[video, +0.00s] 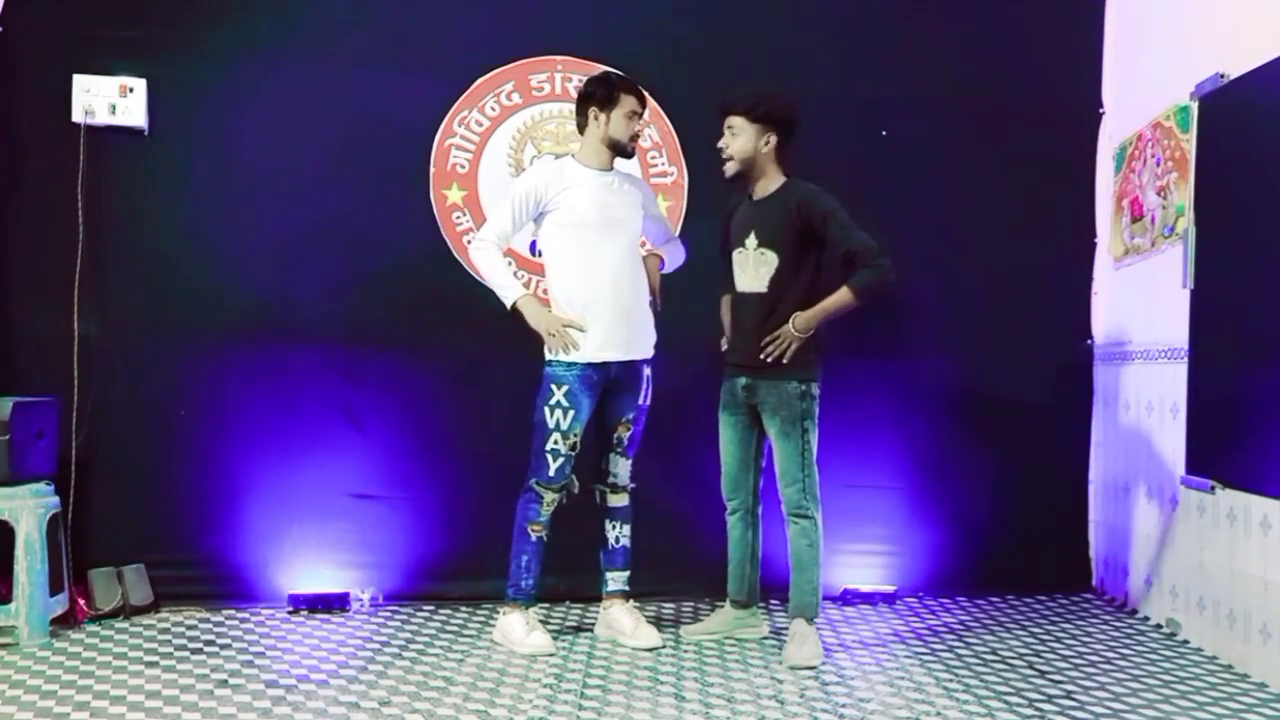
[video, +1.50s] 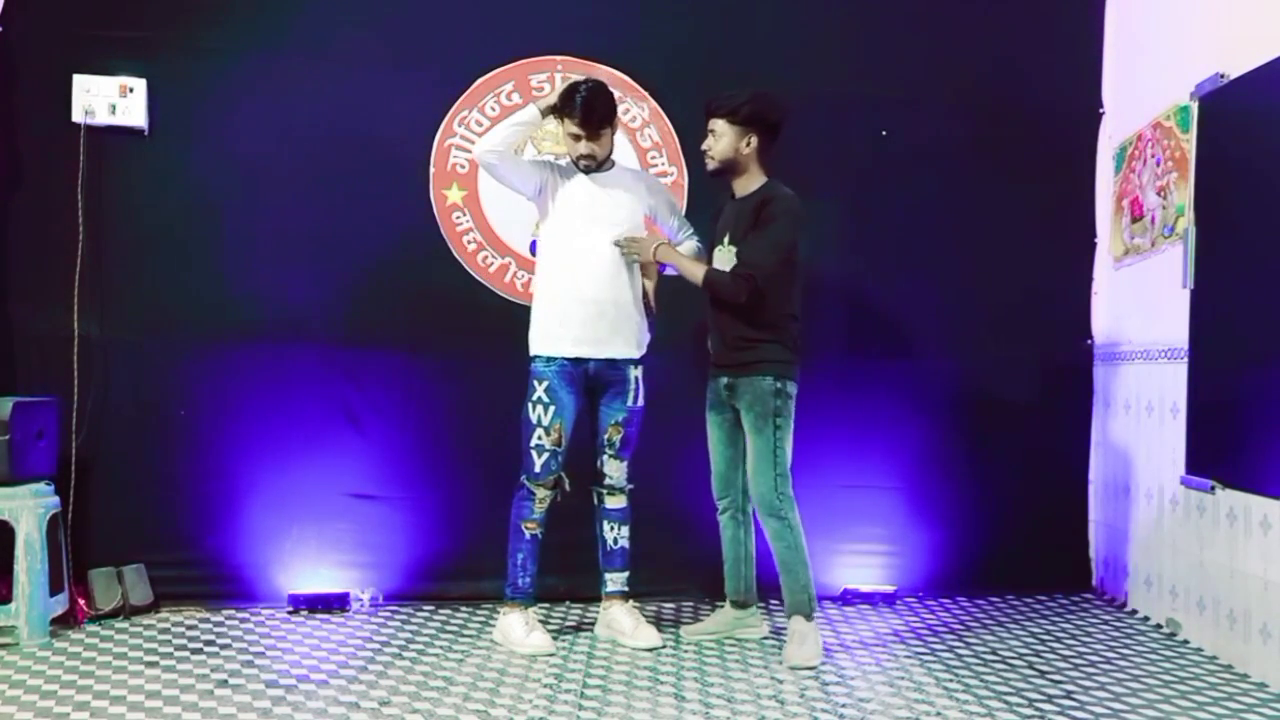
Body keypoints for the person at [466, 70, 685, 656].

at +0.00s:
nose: (640, 125)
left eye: (642, 116)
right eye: (632, 114)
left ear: (621, 121)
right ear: (595, 115)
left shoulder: (636, 185)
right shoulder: (546, 177)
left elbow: (672, 248)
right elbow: (485, 246)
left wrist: (655, 263)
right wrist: (527, 306)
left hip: (634, 353)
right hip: (573, 353)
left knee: (619, 480)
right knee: (551, 480)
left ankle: (616, 605)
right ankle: (516, 611)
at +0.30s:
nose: (640, 123)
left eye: (642, 114)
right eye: (631, 113)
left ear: (627, 121)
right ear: (593, 115)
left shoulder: (637, 184)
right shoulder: (547, 176)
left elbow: (676, 250)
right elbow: (485, 244)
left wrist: (655, 260)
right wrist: (533, 295)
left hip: (631, 353)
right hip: (568, 352)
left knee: (618, 480)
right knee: (548, 479)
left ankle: (616, 605)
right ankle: (516, 611)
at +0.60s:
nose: (639, 124)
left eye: (642, 115)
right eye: (630, 113)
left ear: (630, 121)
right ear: (593, 114)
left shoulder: (638, 187)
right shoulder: (547, 176)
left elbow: (676, 253)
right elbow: (485, 243)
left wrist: (654, 262)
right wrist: (529, 289)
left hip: (629, 353)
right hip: (566, 352)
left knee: (617, 480)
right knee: (546, 479)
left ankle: (616, 605)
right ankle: (516, 611)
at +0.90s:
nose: (611, 137)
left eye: (619, 127)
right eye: (600, 125)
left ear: (627, 128)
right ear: (574, 123)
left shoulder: (638, 185)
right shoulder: (549, 179)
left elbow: (681, 250)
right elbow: (493, 219)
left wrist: (657, 262)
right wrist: (525, 149)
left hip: (626, 352)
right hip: (563, 350)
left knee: (617, 480)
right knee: (543, 479)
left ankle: (616, 605)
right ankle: (516, 611)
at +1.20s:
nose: (588, 150)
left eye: (597, 139)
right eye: (578, 141)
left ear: (615, 128)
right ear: (561, 132)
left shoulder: (645, 188)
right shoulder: (550, 181)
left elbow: (691, 251)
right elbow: (492, 156)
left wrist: (661, 260)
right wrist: (542, 114)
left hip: (624, 353)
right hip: (559, 350)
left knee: (617, 480)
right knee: (542, 478)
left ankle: (615, 604)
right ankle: (516, 610)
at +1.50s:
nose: (585, 152)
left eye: (594, 141)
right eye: (576, 142)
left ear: (613, 129)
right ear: (559, 134)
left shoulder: (644, 187)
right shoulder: (549, 180)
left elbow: (690, 245)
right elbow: (489, 154)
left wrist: (655, 260)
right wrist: (542, 117)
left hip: (623, 353)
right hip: (557, 350)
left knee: (616, 478)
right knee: (542, 476)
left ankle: (616, 604)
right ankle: (516, 610)